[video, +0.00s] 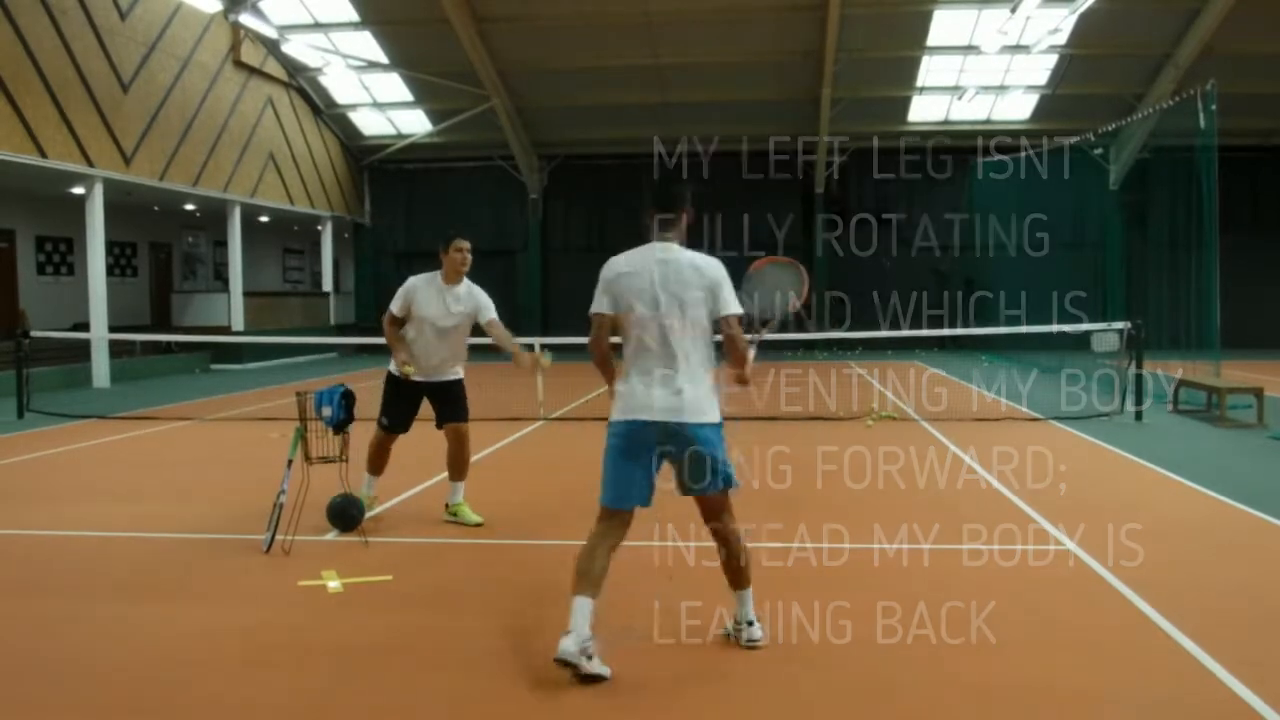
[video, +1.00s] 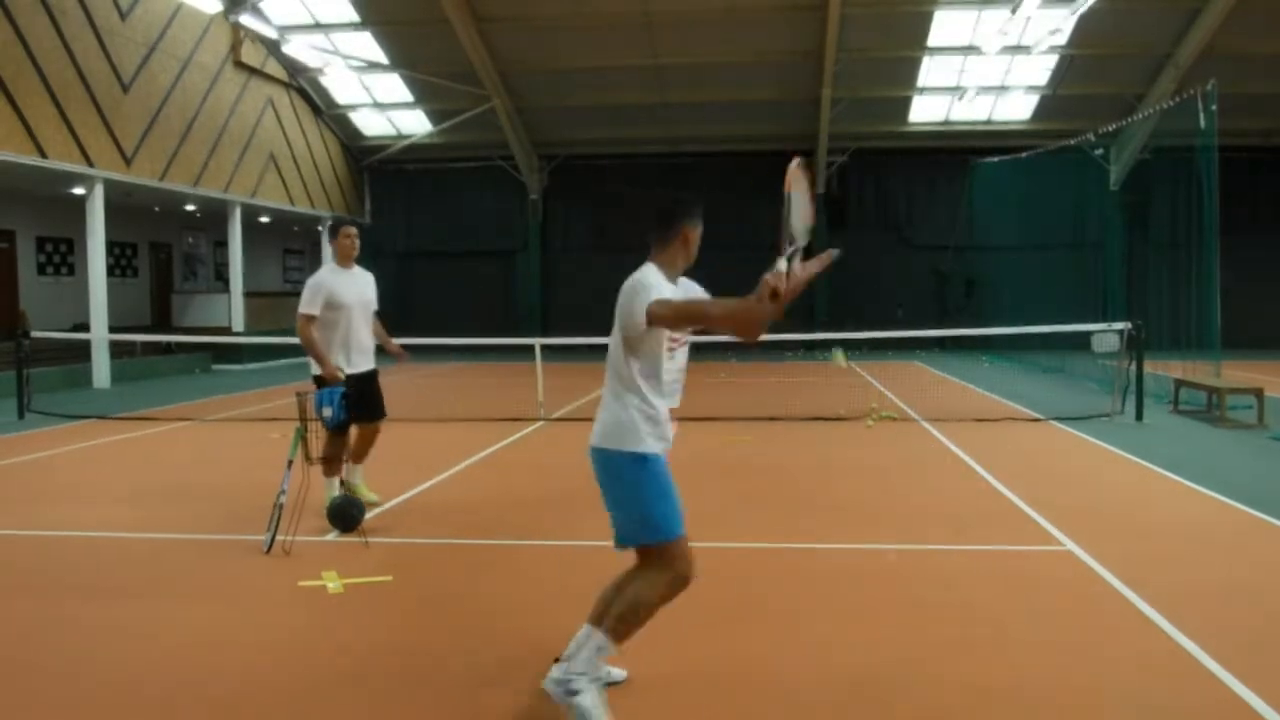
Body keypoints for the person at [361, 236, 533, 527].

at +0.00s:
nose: (465, 257)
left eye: (468, 252)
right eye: (459, 251)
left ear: (471, 259)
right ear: (444, 256)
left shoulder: (475, 296)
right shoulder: (415, 286)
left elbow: (496, 329)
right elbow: (390, 323)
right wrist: (400, 354)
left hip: (448, 376)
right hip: (407, 373)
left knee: (459, 433)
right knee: (386, 434)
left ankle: (456, 503)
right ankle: (367, 494)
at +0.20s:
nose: (455, 253)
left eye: (458, 248)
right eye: (449, 247)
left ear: (461, 255)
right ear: (433, 253)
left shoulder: (468, 288)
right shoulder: (408, 286)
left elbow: (505, 295)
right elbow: (386, 324)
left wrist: (533, 278)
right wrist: (389, 361)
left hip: (444, 375)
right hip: (403, 372)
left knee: (457, 434)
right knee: (379, 433)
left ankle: (455, 502)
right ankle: (357, 490)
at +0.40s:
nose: (427, 252)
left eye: (429, 248)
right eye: (420, 247)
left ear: (433, 255)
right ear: (404, 255)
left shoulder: (447, 290)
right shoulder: (386, 292)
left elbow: (482, 327)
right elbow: (365, 335)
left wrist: (486, 303)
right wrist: (373, 368)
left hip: (433, 381)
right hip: (392, 383)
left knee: (452, 435)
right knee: (373, 444)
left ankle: (455, 503)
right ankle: (341, 485)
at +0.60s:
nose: (391, 248)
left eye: (394, 243)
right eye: (385, 243)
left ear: (397, 249)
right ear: (370, 249)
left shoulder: (409, 287)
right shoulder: (349, 287)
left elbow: (414, 325)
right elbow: (330, 331)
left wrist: (419, 352)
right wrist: (345, 367)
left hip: (404, 377)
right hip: (365, 379)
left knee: (425, 434)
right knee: (348, 441)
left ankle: (451, 498)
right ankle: (335, 496)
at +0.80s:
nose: (366, 242)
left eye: (369, 237)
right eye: (359, 237)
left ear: (372, 243)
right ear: (345, 242)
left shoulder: (380, 279)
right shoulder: (329, 281)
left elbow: (383, 320)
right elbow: (306, 326)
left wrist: (397, 347)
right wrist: (324, 363)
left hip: (380, 371)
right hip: (346, 375)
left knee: (399, 426)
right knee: (339, 436)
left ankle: (405, 491)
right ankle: (334, 494)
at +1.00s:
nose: (354, 242)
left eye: (356, 237)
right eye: (347, 237)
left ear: (359, 243)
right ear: (333, 242)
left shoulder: (367, 278)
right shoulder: (320, 280)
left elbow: (369, 318)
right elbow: (304, 327)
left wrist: (388, 342)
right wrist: (325, 365)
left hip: (365, 369)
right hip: (334, 372)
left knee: (371, 424)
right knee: (337, 433)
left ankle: (353, 478)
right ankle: (332, 494)